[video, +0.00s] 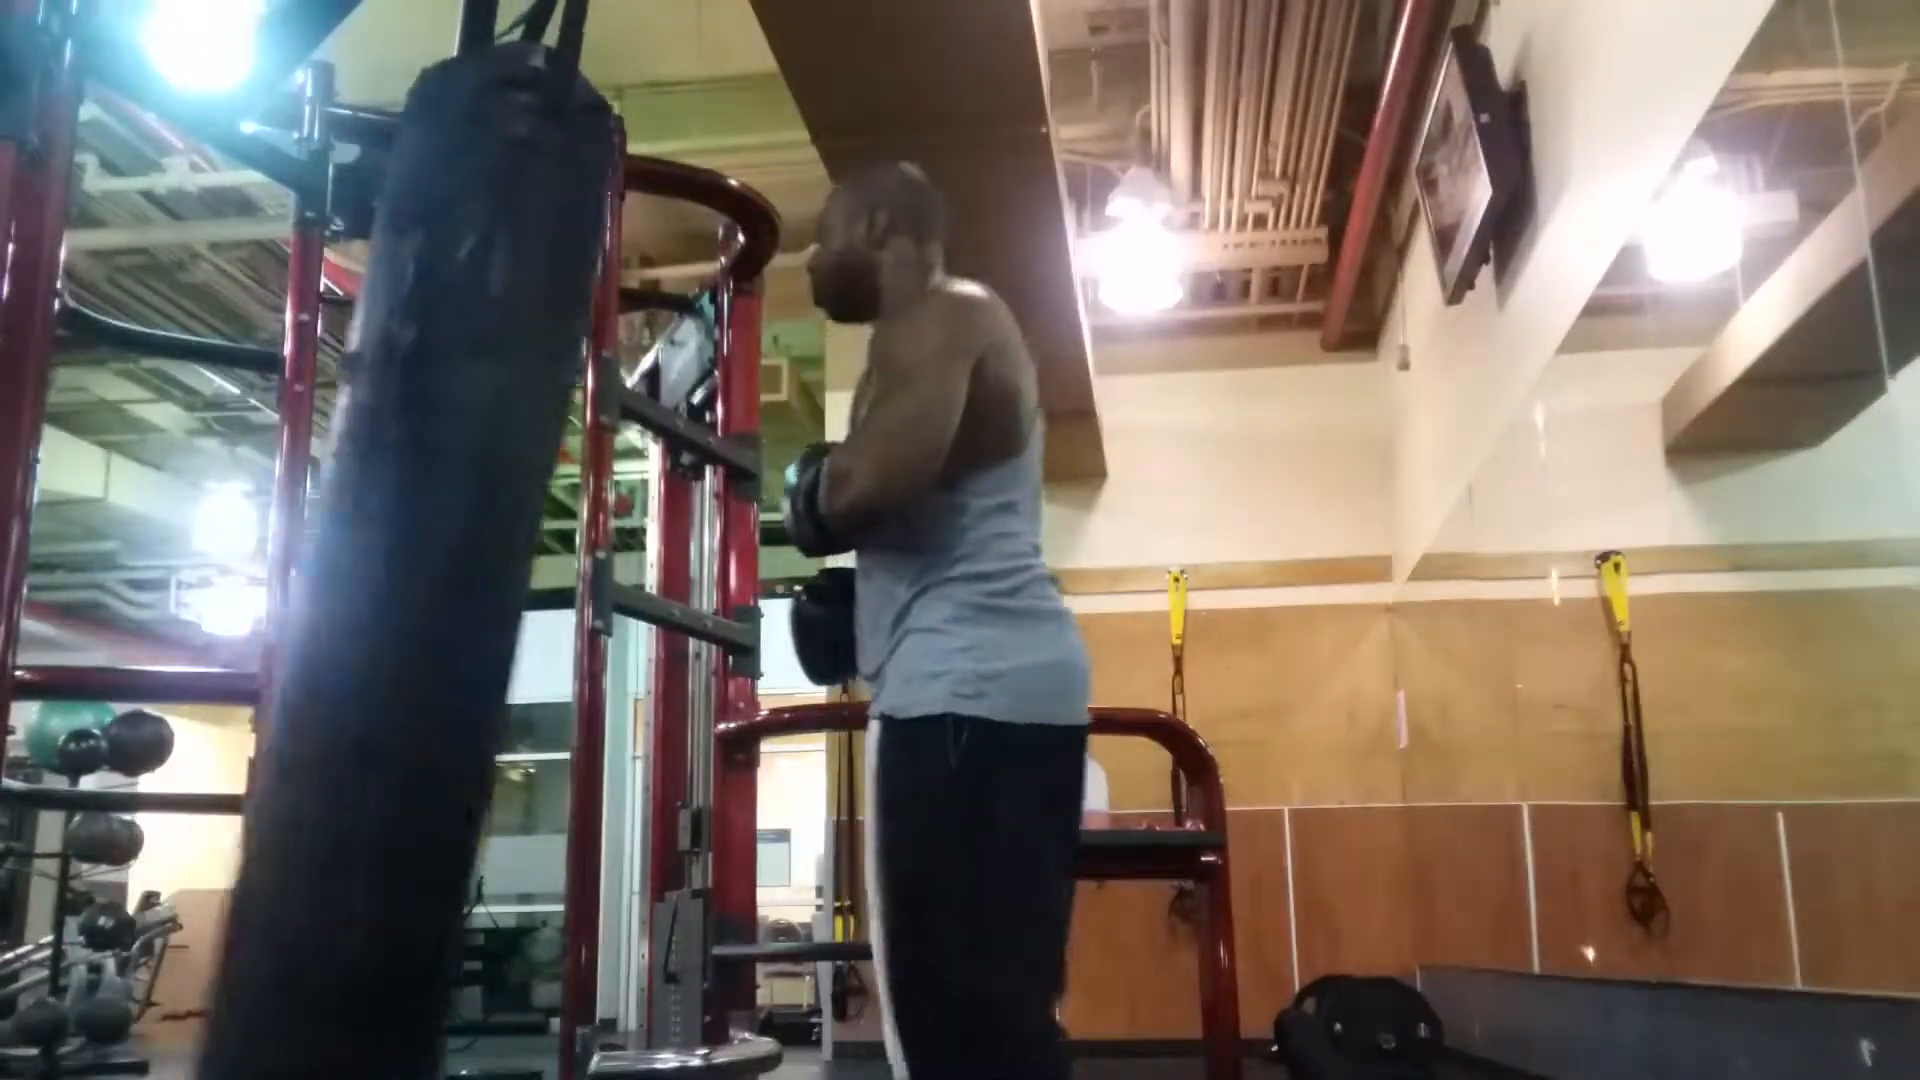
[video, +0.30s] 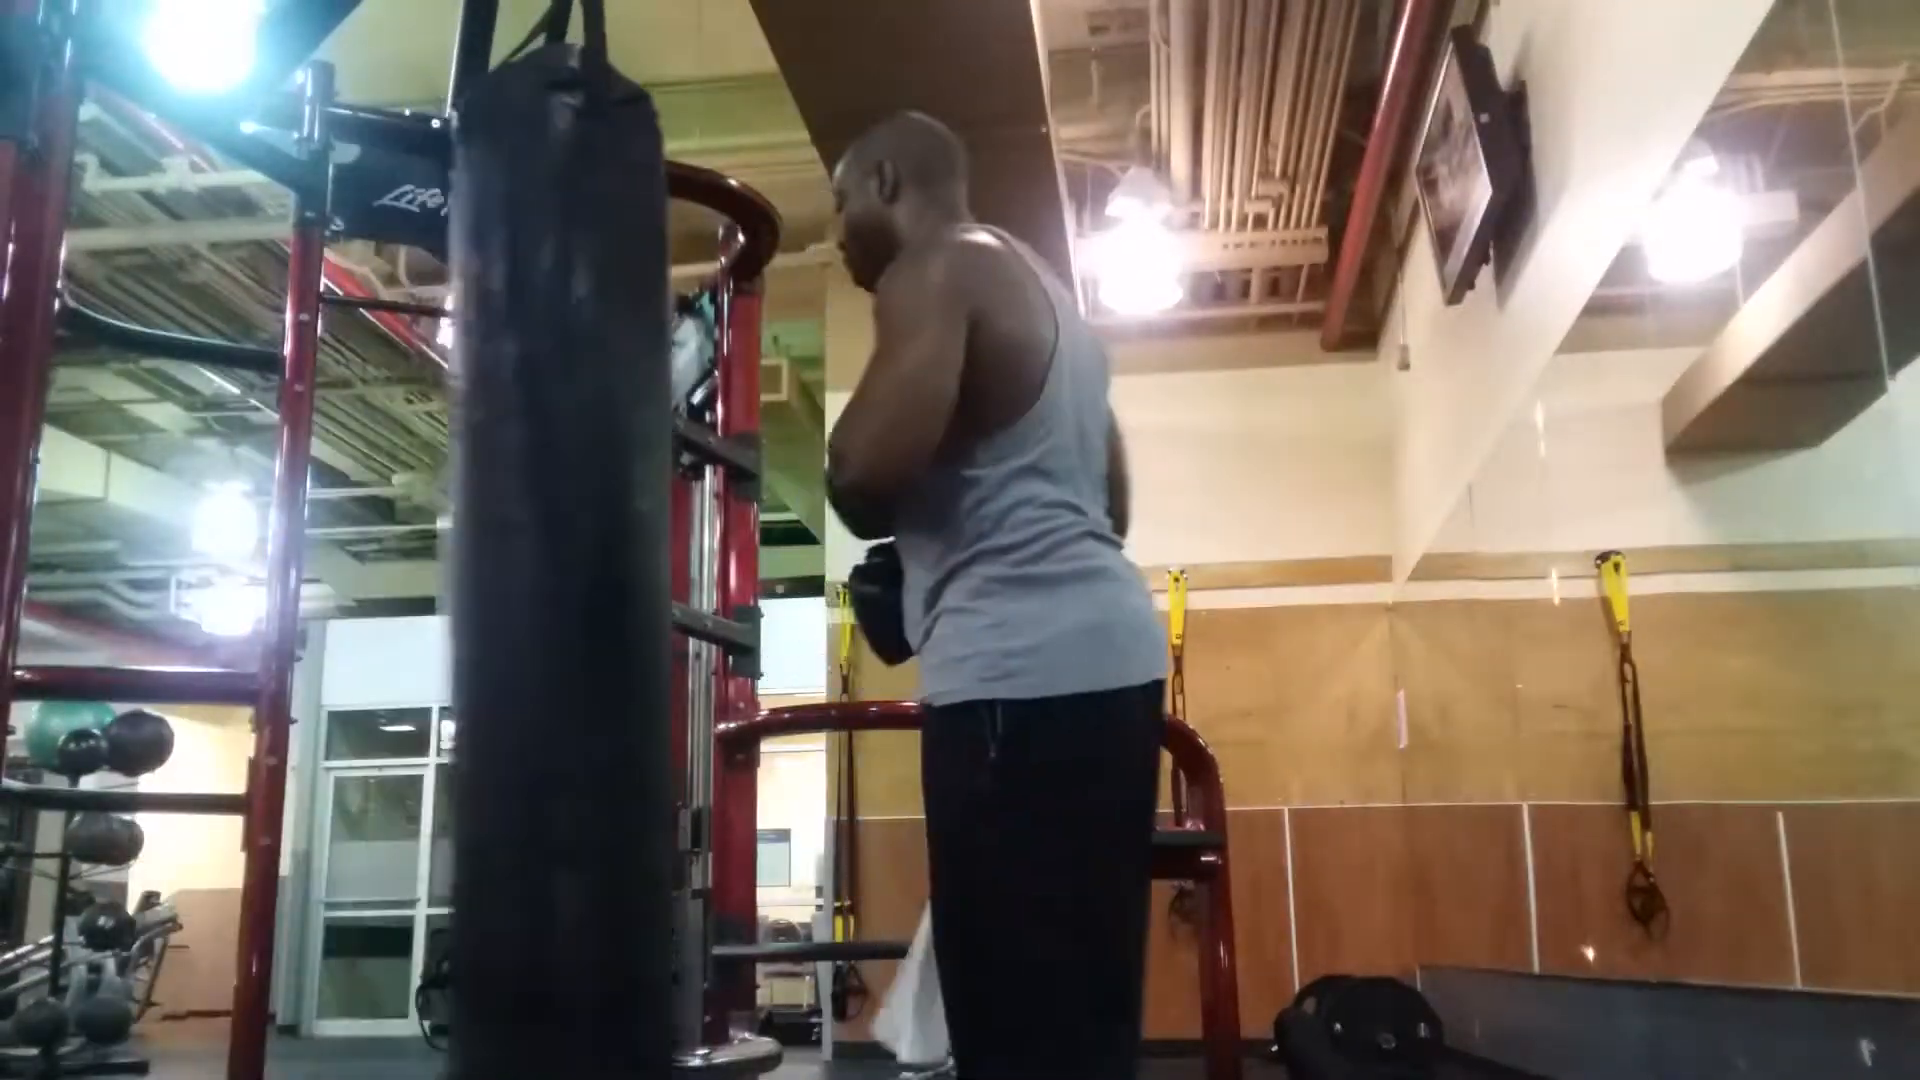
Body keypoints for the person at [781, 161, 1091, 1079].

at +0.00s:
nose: (811, 256)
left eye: (824, 235)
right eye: (815, 237)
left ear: (880, 234)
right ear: (895, 241)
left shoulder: (938, 313)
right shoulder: (938, 331)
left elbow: (885, 474)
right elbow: (963, 546)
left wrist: (815, 489)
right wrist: (868, 608)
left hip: (971, 699)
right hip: (978, 698)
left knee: (960, 1020)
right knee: (983, 1016)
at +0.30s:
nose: (839, 236)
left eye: (841, 206)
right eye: (836, 211)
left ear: (883, 183)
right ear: (950, 187)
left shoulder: (944, 266)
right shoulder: (1049, 293)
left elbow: (869, 469)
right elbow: (1107, 510)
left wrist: (850, 474)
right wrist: (934, 566)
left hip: (1018, 673)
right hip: (1104, 665)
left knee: (1012, 1020)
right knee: (1084, 1010)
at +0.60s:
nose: (887, 251)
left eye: (887, 225)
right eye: (881, 230)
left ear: (929, 197)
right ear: (994, 198)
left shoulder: (965, 267)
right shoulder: (1109, 317)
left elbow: (878, 448)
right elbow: (1151, 528)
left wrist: (918, 534)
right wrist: (958, 566)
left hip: (1027, 688)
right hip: (1151, 683)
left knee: (981, 1007)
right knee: (1144, 1004)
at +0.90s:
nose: (848, 257)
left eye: (848, 227)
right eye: (841, 235)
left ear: (898, 192)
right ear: (930, 189)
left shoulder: (977, 254)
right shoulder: (1042, 269)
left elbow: (922, 451)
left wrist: (866, 450)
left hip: (1023, 668)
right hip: (1107, 666)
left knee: (910, 995)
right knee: (1102, 988)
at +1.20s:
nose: (691, 240)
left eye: (685, 211)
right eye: (682, 218)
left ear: (718, 181)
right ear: (781, 165)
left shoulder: (833, 238)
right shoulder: (895, 236)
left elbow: (798, 435)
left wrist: (726, 470)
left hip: (908, 663)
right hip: (997, 658)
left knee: (789, 977)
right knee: (1007, 940)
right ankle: (1109, 1072)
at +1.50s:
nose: (616, 200)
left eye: (612, 182)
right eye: (614, 186)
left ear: (629, 153)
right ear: (717, 133)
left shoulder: (674, 206)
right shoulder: (876, 238)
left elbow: (620, 437)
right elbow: (966, 459)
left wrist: (703, 485)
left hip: (822, 625)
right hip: (960, 620)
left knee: (724, 968)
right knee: (911, 943)